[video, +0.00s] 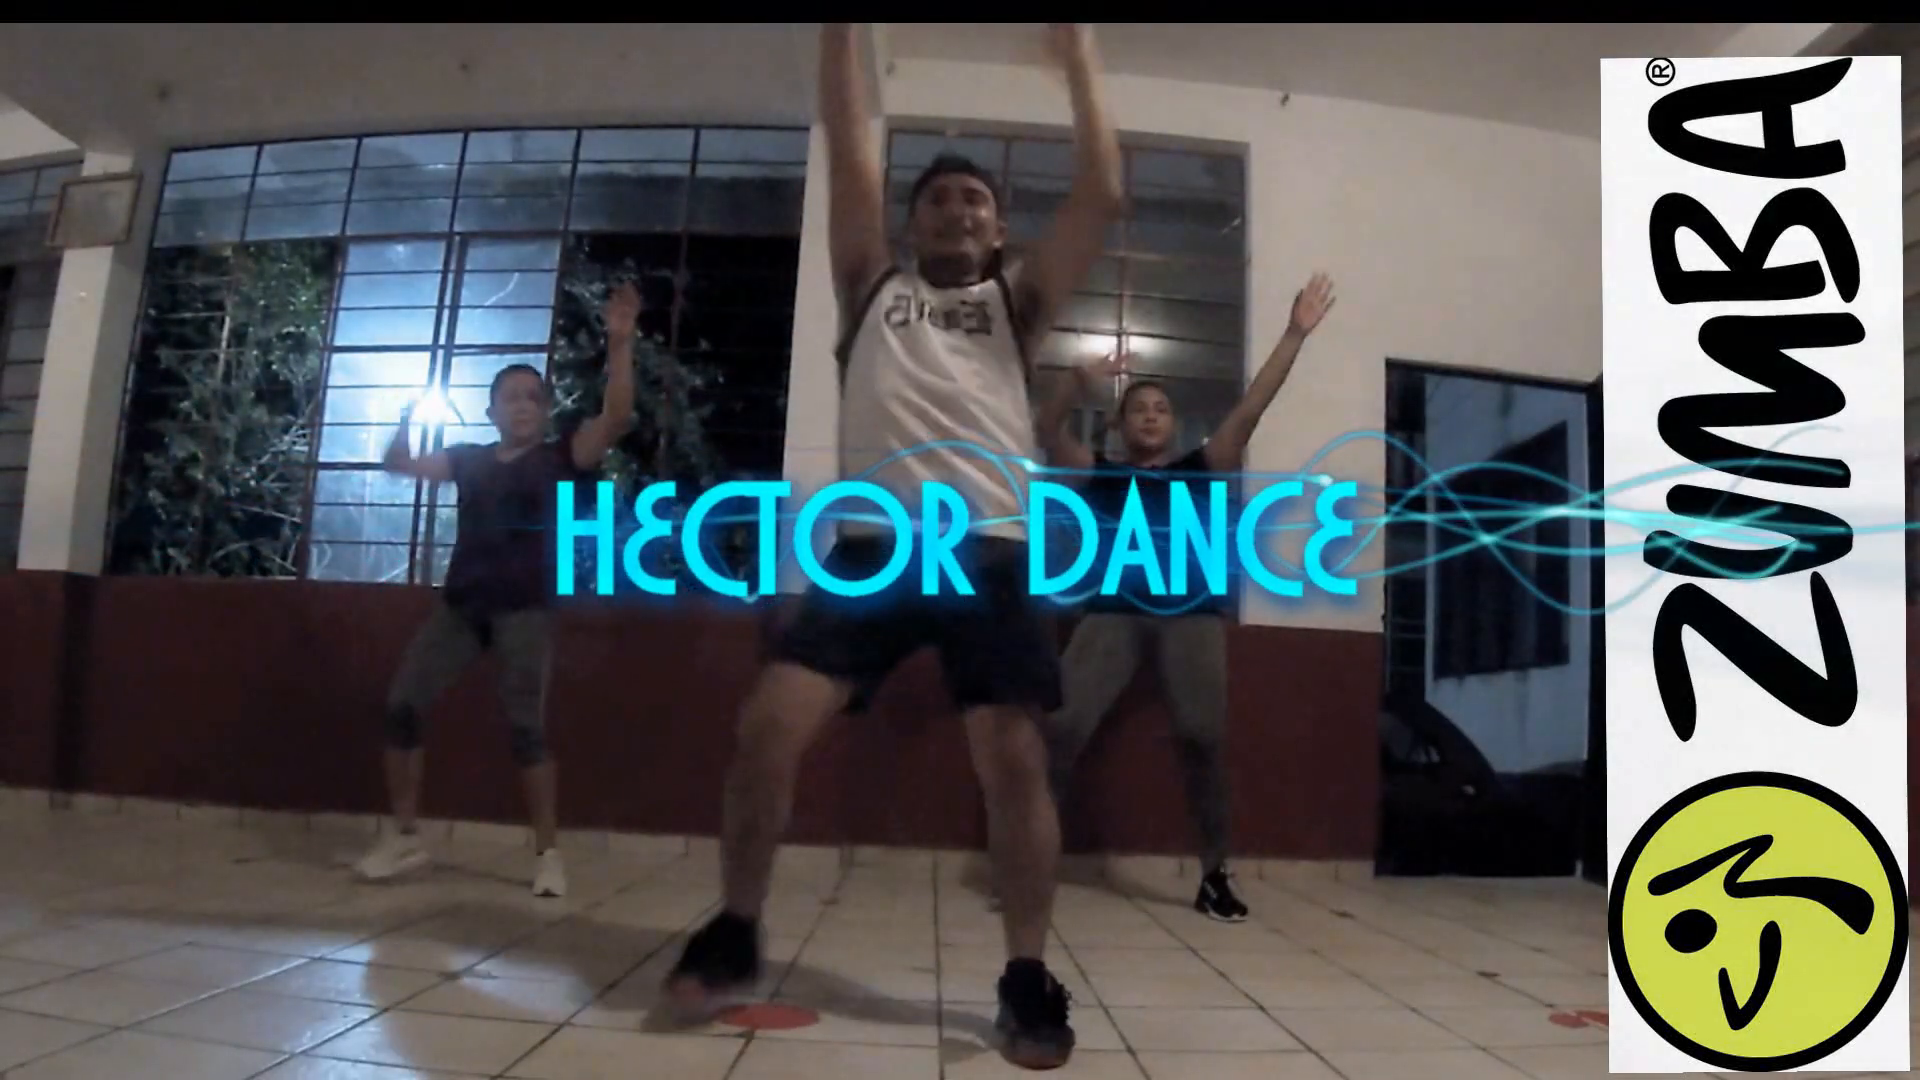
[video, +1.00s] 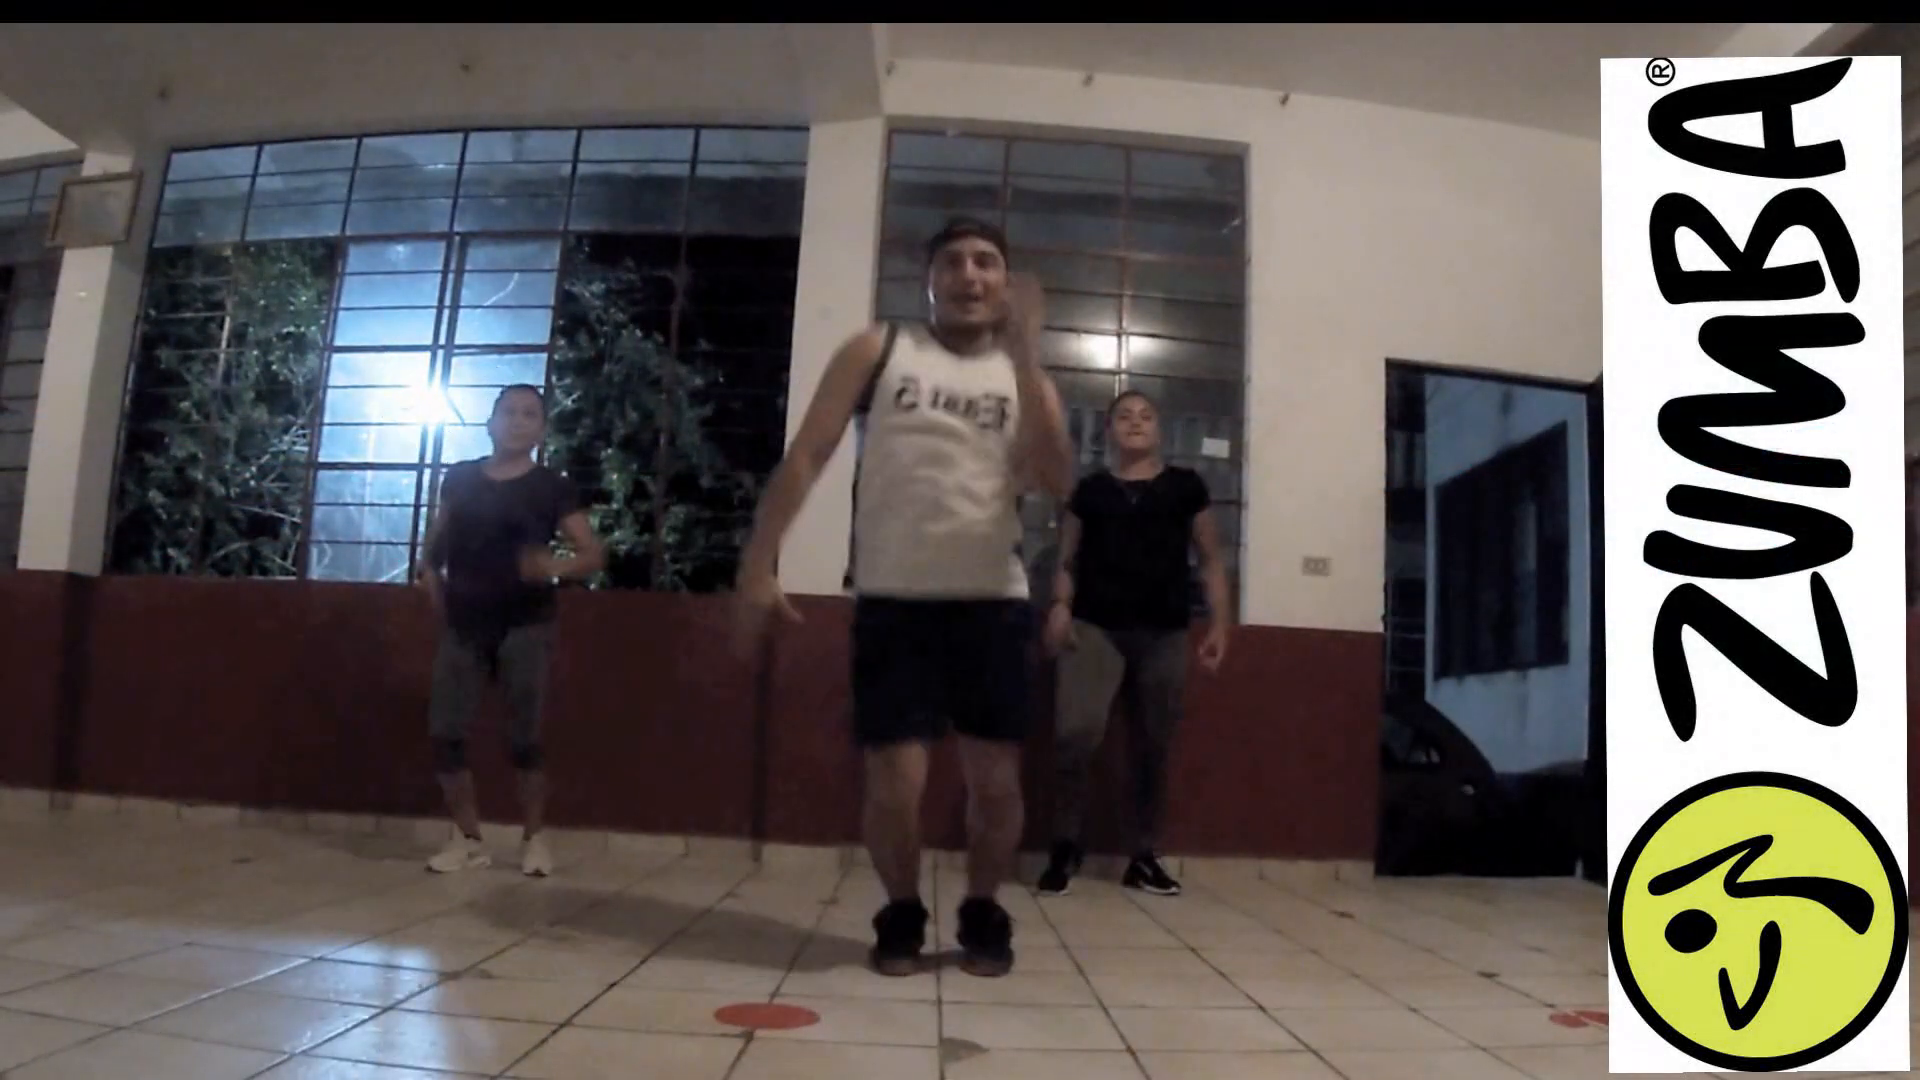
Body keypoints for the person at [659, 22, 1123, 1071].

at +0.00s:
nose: (954, 208)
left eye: (973, 202)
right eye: (938, 201)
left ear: (1000, 237)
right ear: (909, 228)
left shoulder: (1016, 306)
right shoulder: (873, 289)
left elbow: (1102, 192)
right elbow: (849, 145)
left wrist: (1078, 54)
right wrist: (844, 24)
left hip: (994, 568)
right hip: (867, 561)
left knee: (1014, 753)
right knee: (766, 724)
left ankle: (1030, 977)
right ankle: (736, 933)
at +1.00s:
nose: (969, 274)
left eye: (984, 263)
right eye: (953, 263)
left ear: (1006, 284)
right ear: (929, 281)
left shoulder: (1023, 375)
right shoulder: (877, 348)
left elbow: (1054, 480)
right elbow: (806, 455)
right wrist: (758, 561)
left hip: (989, 602)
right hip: (891, 600)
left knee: (994, 777)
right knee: (897, 776)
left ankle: (983, 910)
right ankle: (901, 911)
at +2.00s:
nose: (883, 209)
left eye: (902, 201)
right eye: (864, 198)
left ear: (921, 236)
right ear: (831, 224)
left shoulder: (932, 346)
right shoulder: (788, 283)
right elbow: (738, 132)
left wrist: (997, 331)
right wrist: (703, 20)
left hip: (914, 577)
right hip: (786, 577)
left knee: (1022, 737)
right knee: (709, 748)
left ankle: (1036, 966)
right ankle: (676, 981)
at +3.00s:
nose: (913, 322)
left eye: (930, 311)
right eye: (898, 310)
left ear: (953, 333)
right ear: (874, 326)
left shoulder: (981, 408)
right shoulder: (834, 400)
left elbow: (1087, 433)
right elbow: (729, 382)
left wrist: (1159, 403)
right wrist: (669, 325)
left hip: (958, 629)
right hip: (848, 636)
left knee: (1072, 704)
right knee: (787, 793)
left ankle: (1052, 883)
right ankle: (773, 916)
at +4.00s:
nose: (1077, 340)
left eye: (1090, 327)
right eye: (1067, 327)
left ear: (1124, 334)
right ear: (1053, 332)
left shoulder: (1155, 414)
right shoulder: (1020, 396)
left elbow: (1267, 437)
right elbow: (922, 396)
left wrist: (1364, 405)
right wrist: (820, 357)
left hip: (1114, 617)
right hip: (1004, 608)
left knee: (1176, 776)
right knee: (913, 723)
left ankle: (1197, 926)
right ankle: (841, 885)